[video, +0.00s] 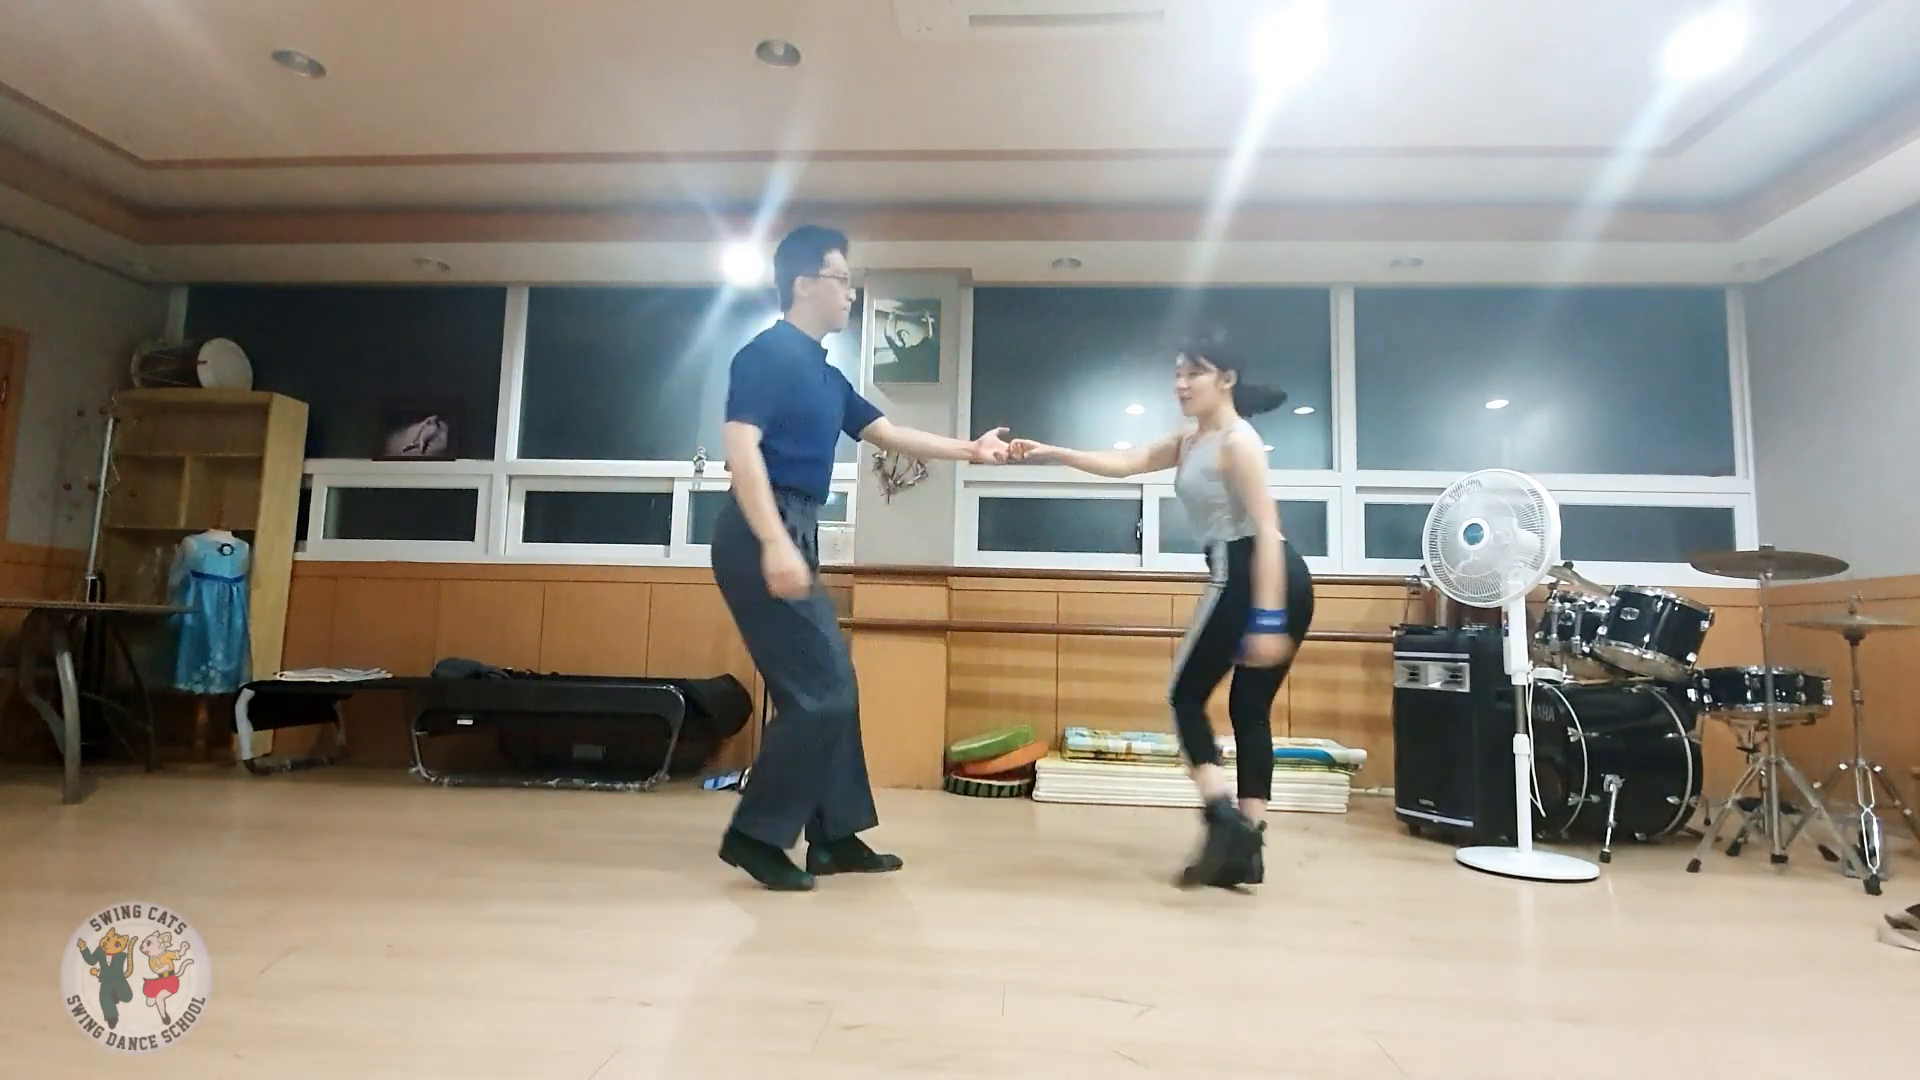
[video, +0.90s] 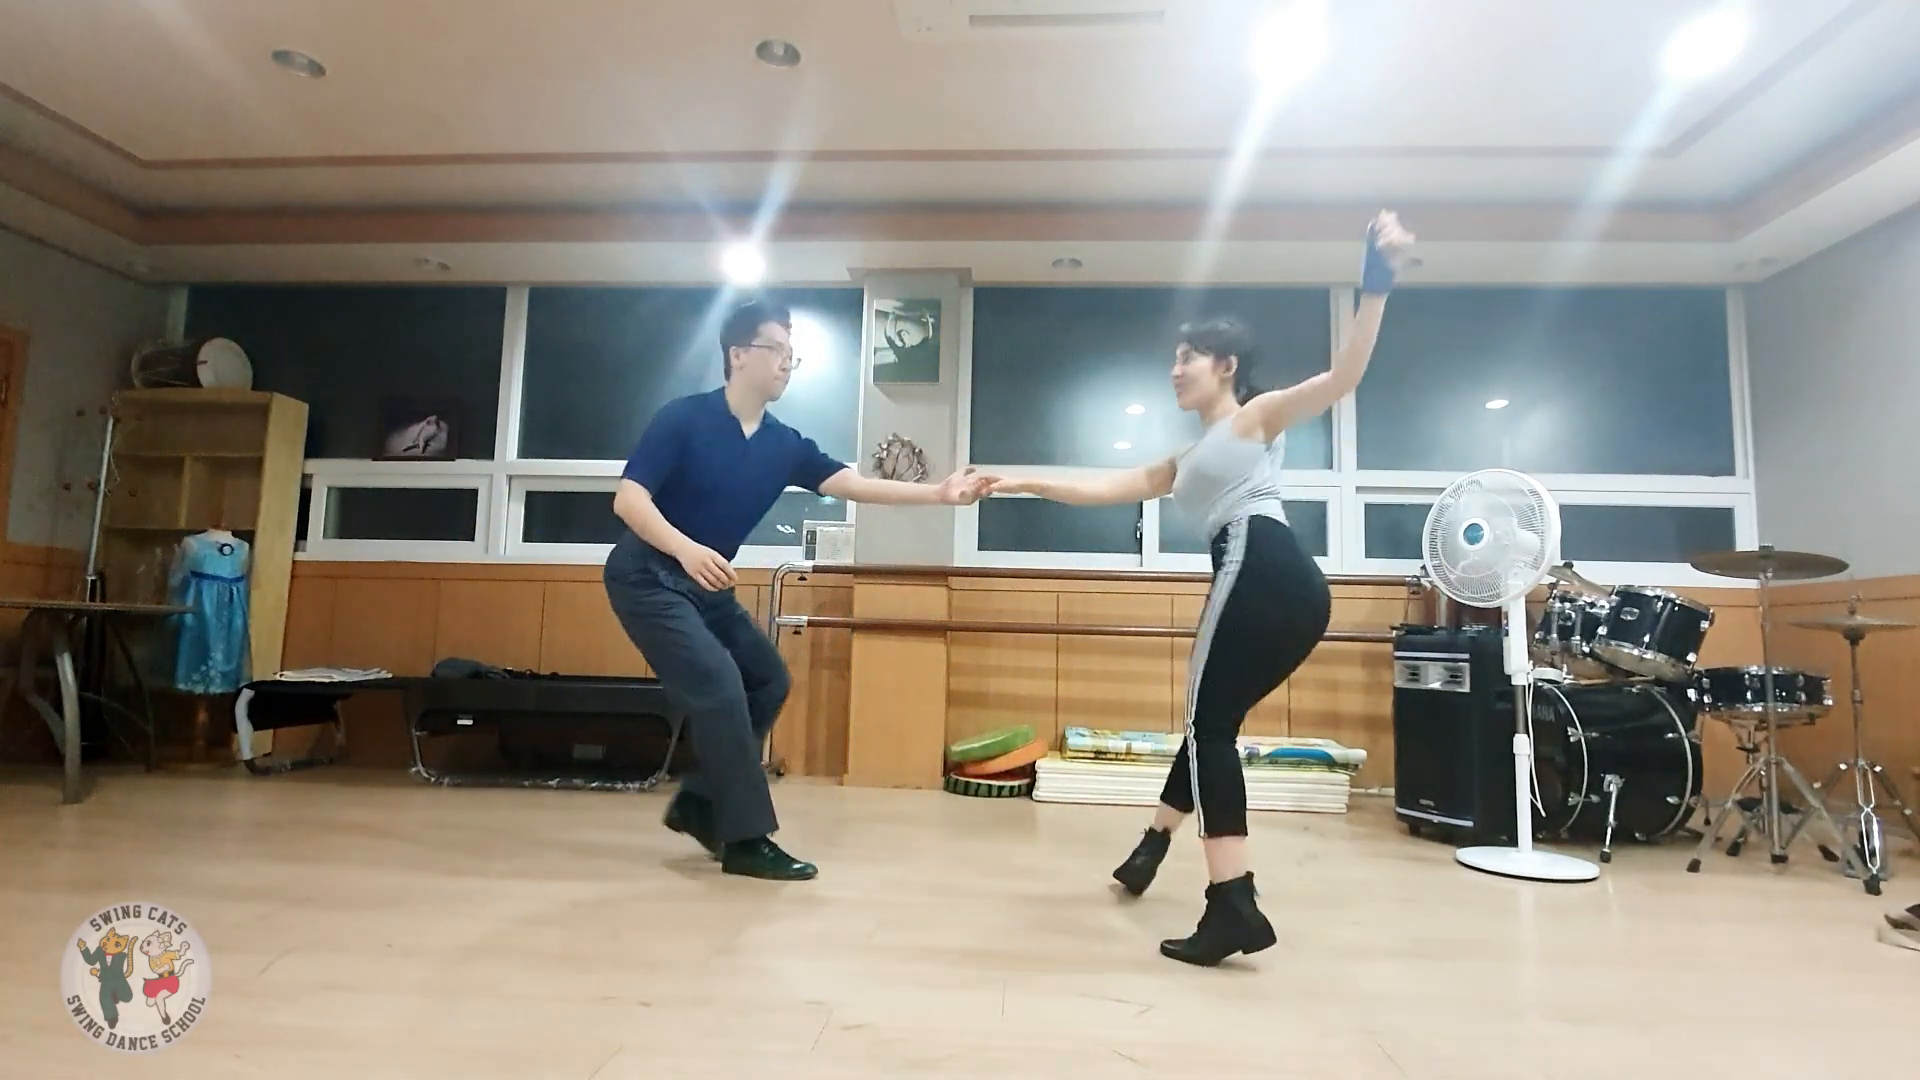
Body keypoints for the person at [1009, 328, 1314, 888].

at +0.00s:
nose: (1181, 384)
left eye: (1193, 373)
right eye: (1178, 374)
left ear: (1225, 379)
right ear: (1180, 382)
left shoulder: (1238, 443)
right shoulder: (1190, 440)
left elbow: (1269, 531)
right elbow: (1128, 463)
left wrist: (1268, 618)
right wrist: (1050, 452)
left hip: (1246, 579)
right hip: (1277, 577)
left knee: (1186, 695)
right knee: (1251, 708)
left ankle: (1222, 820)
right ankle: (1249, 843)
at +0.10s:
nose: (1210, 380)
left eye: (1225, 370)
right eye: (1205, 371)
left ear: (1257, 380)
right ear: (1201, 382)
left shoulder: (1281, 445)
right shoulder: (1203, 447)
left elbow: (1336, 524)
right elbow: (1131, 473)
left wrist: (1390, 590)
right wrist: (1054, 461)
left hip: (1290, 587)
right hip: (1263, 590)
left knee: (1236, 717)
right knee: (1237, 716)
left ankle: (1307, 854)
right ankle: (1249, 851)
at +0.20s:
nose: (1232, 374)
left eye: (1247, 363)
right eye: (1226, 366)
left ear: (1280, 373)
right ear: (1222, 380)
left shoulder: (1315, 438)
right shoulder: (1217, 448)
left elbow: (1403, 482)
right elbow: (1137, 475)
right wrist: (1053, 460)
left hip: (1312, 592)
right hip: (1265, 596)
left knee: (1270, 722)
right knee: (1191, 689)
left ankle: (1317, 867)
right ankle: (1226, 821)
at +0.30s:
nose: (1246, 365)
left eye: (1259, 353)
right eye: (1236, 357)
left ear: (1290, 362)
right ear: (1231, 372)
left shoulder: (1332, 423)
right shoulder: (1220, 441)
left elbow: (1436, 425)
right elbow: (1134, 467)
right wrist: (1052, 452)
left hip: (1317, 583)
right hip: (1255, 583)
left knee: (1269, 709)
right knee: (1183, 686)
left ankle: (1294, 855)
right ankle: (1200, 815)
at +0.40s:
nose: (1247, 369)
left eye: (1259, 358)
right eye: (1238, 363)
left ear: (1291, 369)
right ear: (1233, 379)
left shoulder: (1334, 430)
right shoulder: (1224, 449)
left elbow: (1432, 380)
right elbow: (1132, 469)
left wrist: (1530, 320)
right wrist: (1047, 453)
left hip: (1303, 597)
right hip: (1237, 587)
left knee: (1280, 714)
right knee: (1206, 711)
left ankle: (1206, 838)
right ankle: (1195, 838)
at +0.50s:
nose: (1243, 381)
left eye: (1256, 370)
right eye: (1234, 377)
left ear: (1290, 383)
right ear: (1231, 398)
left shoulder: (1334, 439)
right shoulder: (1227, 467)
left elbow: (1415, 362)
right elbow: (1134, 485)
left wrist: (1473, 283)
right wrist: (1046, 472)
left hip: (1292, 612)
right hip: (1230, 599)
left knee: (1256, 726)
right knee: (1215, 728)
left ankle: (1182, 862)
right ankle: (1192, 861)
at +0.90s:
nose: (1177, 368)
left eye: (1191, 356)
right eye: (1176, 358)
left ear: (1228, 367)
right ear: (1185, 372)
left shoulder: (1254, 415)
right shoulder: (1182, 464)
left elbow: (1343, 377)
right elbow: (1096, 486)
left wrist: (1379, 279)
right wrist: (1012, 477)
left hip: (1261, 572)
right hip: (1291, 596)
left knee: (1212, 725)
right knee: (1207, 724)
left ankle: (1233, 901)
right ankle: (1151, 845)